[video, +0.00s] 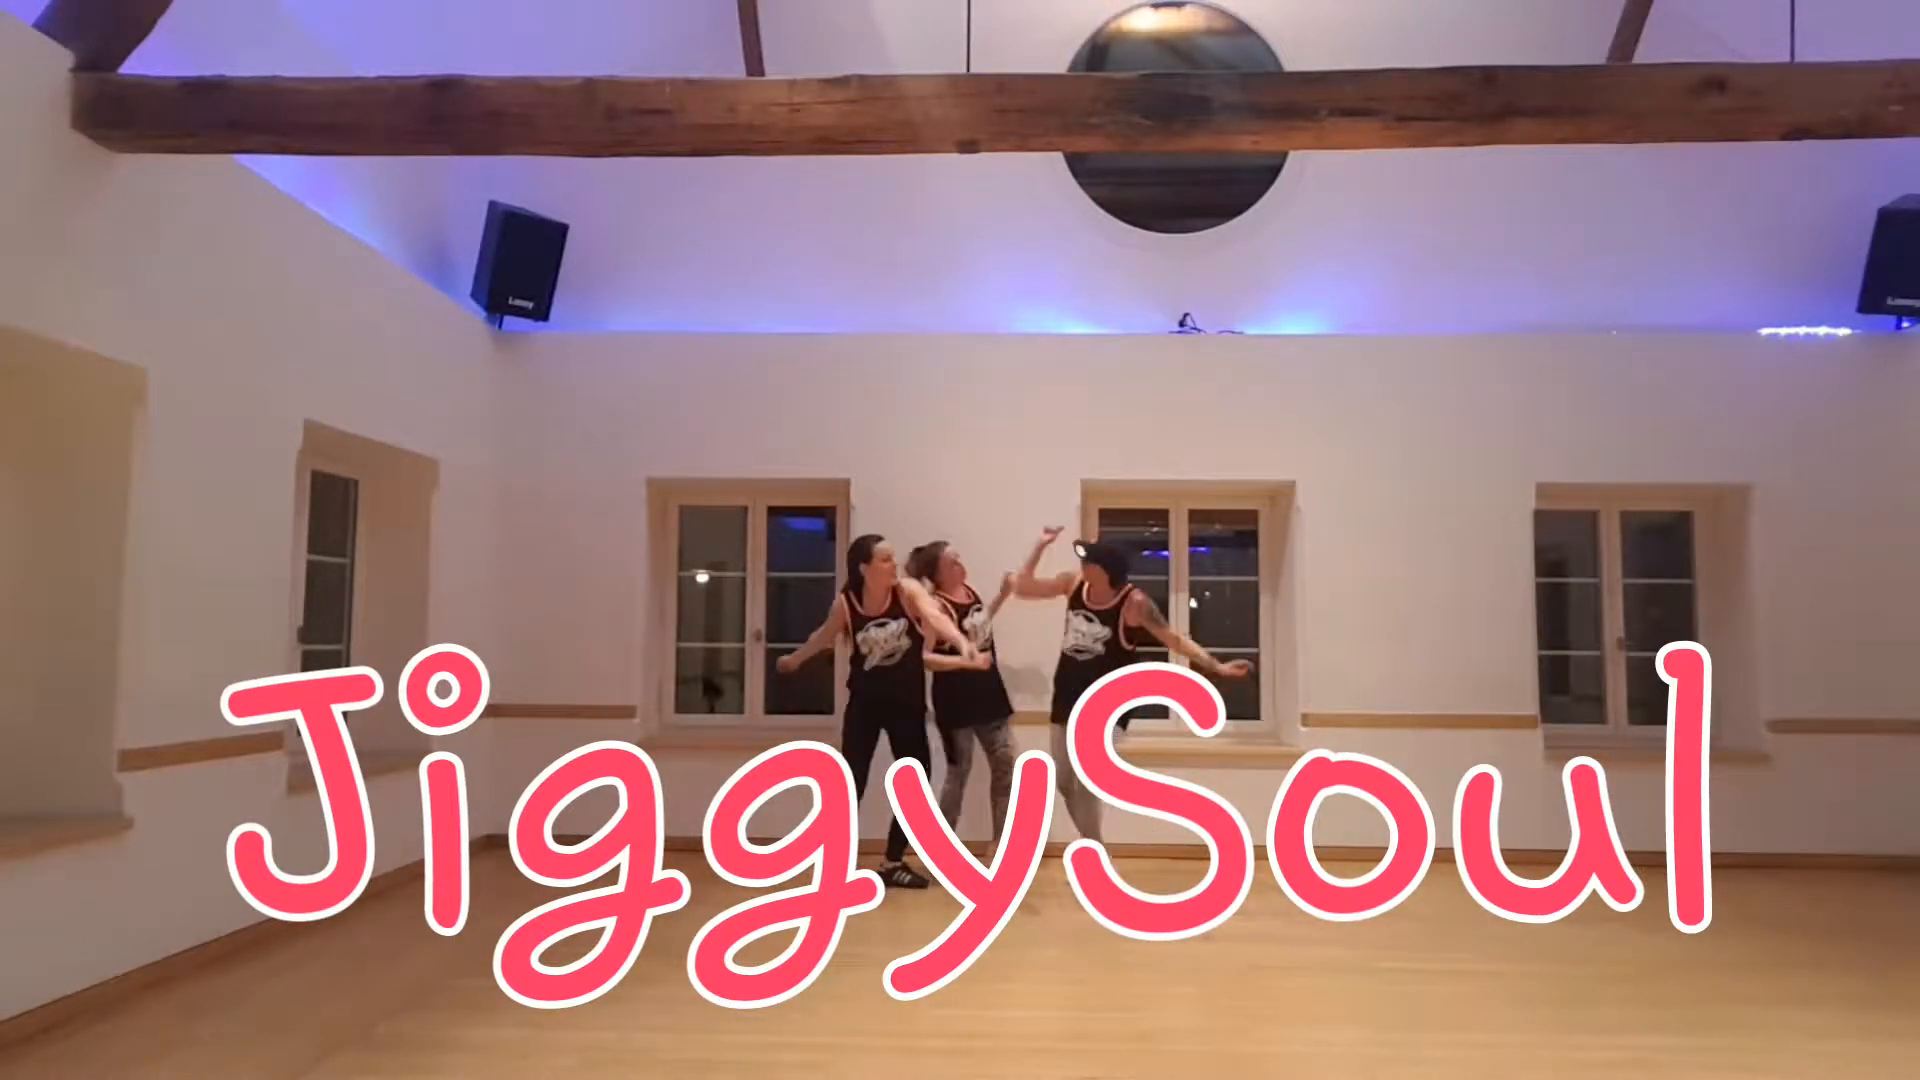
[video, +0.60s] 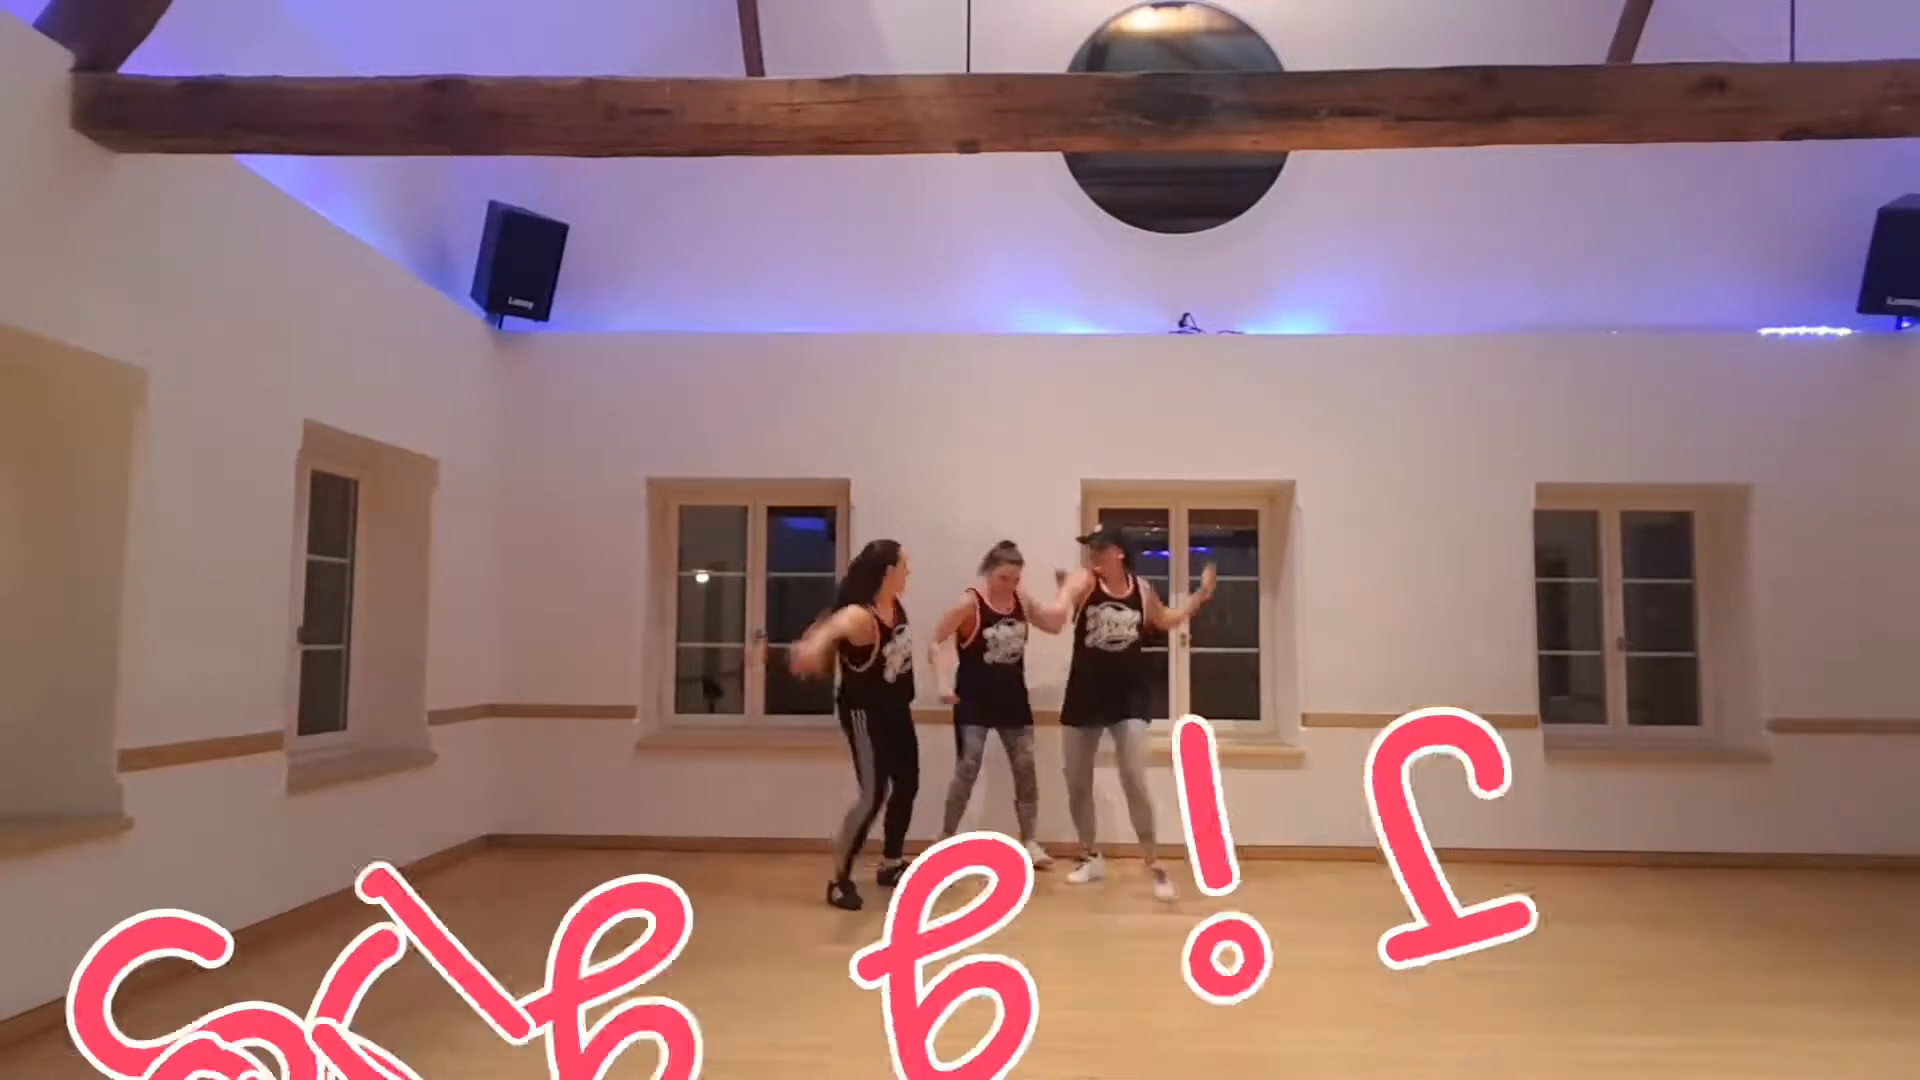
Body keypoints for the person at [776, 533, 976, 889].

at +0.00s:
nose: (894, 565)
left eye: (893, 558)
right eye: (886, 560)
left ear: (892, 563)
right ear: (864, 568)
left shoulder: (907, 590)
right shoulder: (846, 603)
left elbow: (932, 616)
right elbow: (825, 636)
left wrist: (962, 642)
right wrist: (797, 658)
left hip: (906, 702)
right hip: (864, 704)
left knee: (915, 780)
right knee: (850, 783)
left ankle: (893, 863)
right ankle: (830, 860)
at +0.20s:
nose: (888, 572)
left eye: (886, 565)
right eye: (879, 568)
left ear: (887, 572)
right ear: (856, 577)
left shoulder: (907, 604)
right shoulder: (839, 620)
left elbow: (936, 651)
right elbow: (806, 657)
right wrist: (775, 685)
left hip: (894, 712)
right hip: (851, 714)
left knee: (915, 794)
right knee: (838, 794)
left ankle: (892, 864)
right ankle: (833, 866)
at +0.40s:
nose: (897, 559)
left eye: (896, 553)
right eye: (890, 554)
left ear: (886, 562)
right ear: (868, 562)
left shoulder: (908, 592)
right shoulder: (841, 608)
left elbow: (925, 648)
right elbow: (801, 635)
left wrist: (964, 679)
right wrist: (752, 658)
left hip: (899, 703)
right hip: (859, 705)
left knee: (910, 786)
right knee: (848, 790)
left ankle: (892, 864)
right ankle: (834, 873)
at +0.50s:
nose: (903, 560)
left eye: (902, 555)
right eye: (898, 555)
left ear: (885, 563)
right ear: (876, 563)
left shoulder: (896, 593)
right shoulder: (849, 606)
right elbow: (810, 622)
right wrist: (771, 639)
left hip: (898, 703)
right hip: (860, 706)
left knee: (906, 782)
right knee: (855, 789)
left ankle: (892, 862)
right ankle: (837, 875)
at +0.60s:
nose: (908, 573)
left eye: (906, 566)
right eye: (903, 566)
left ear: (884, 572)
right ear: (885, 572)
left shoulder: (895, 607)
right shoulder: (857, 616)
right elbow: (823, 635)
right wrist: (811, 652)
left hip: (895, 707)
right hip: (863, 710)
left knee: (906, 785)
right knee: (873, 793)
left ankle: (891, 865)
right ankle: (840, 880)